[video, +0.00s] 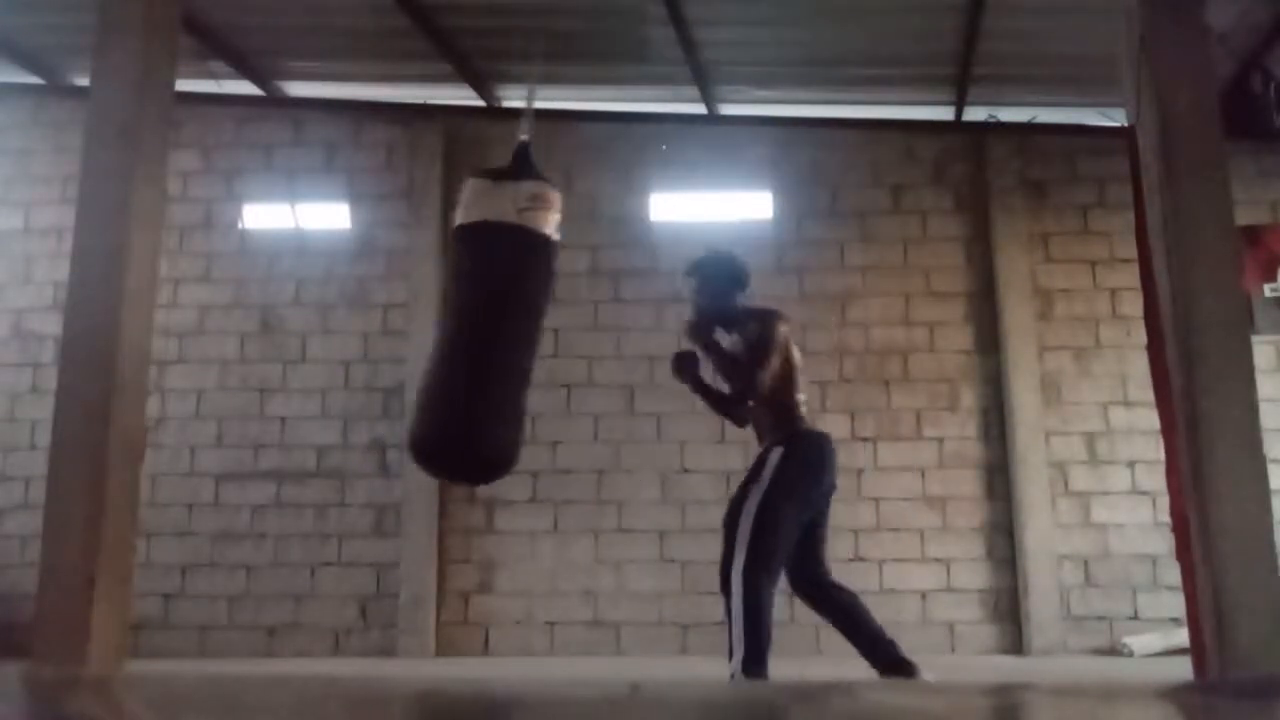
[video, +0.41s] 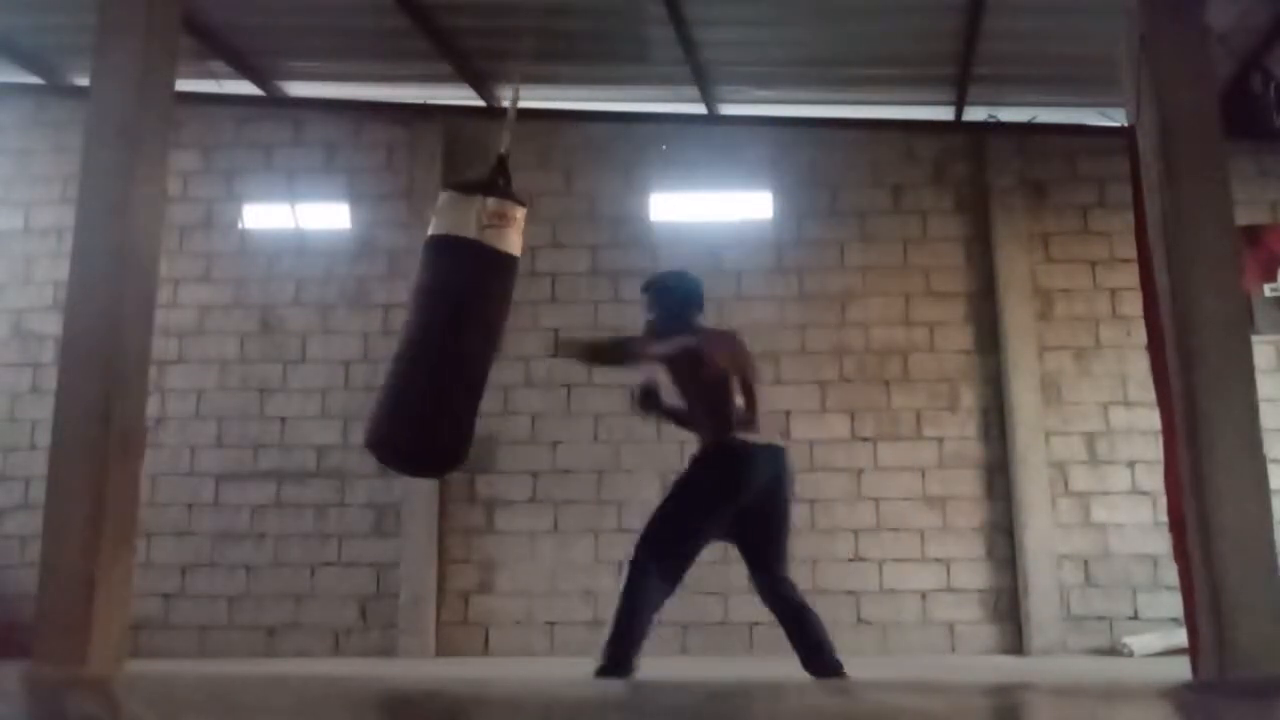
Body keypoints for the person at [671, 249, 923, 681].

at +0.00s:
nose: (692, 298)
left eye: (699, 287)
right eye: (692, 288)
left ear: (722, 288)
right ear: (728, 290)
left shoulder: (765, 323)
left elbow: (751, 386)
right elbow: (738, 411)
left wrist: (705, 338)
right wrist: (695, 382)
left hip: (791, 453)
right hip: (807, 452)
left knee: (744, 565)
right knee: (809, 578)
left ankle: (748, 680)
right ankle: (896, 669)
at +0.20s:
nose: (677, 305)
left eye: (684, 295)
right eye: (676, 295)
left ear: (708, 293)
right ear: (708, 295)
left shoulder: (744, 326)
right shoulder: (721, 343)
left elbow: (716, 392)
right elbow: (688, 398)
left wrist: (657, 344)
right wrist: (651, 382)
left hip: (777, 455)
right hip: (794, 456)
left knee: (708, 553)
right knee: (780, 575)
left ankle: (723, 676)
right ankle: (837, 680)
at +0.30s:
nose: (666, 313)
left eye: (672, 303)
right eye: (667, 303)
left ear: (696, 304)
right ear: (705, 305)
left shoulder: (724, 341)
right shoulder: (741, 343)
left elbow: (682, 402)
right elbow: (686, 404)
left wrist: (648, 356)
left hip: (750, 459)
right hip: (785, 460)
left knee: (663, 546)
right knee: (782, 578)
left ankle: (671, 664)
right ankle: (836, 679)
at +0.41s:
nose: (647, 318)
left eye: (653, 308)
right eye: (647, 308)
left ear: (671, 308)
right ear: (694, 309)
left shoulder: (683, 341)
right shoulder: (731, 344)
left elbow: (630, 351)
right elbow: (720, 424)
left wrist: (572, 350)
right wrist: (660, 408)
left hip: (725, 462)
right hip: (769, 462)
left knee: (655, 560)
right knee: (773, 579)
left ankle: (615, 671)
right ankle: (832, 675)